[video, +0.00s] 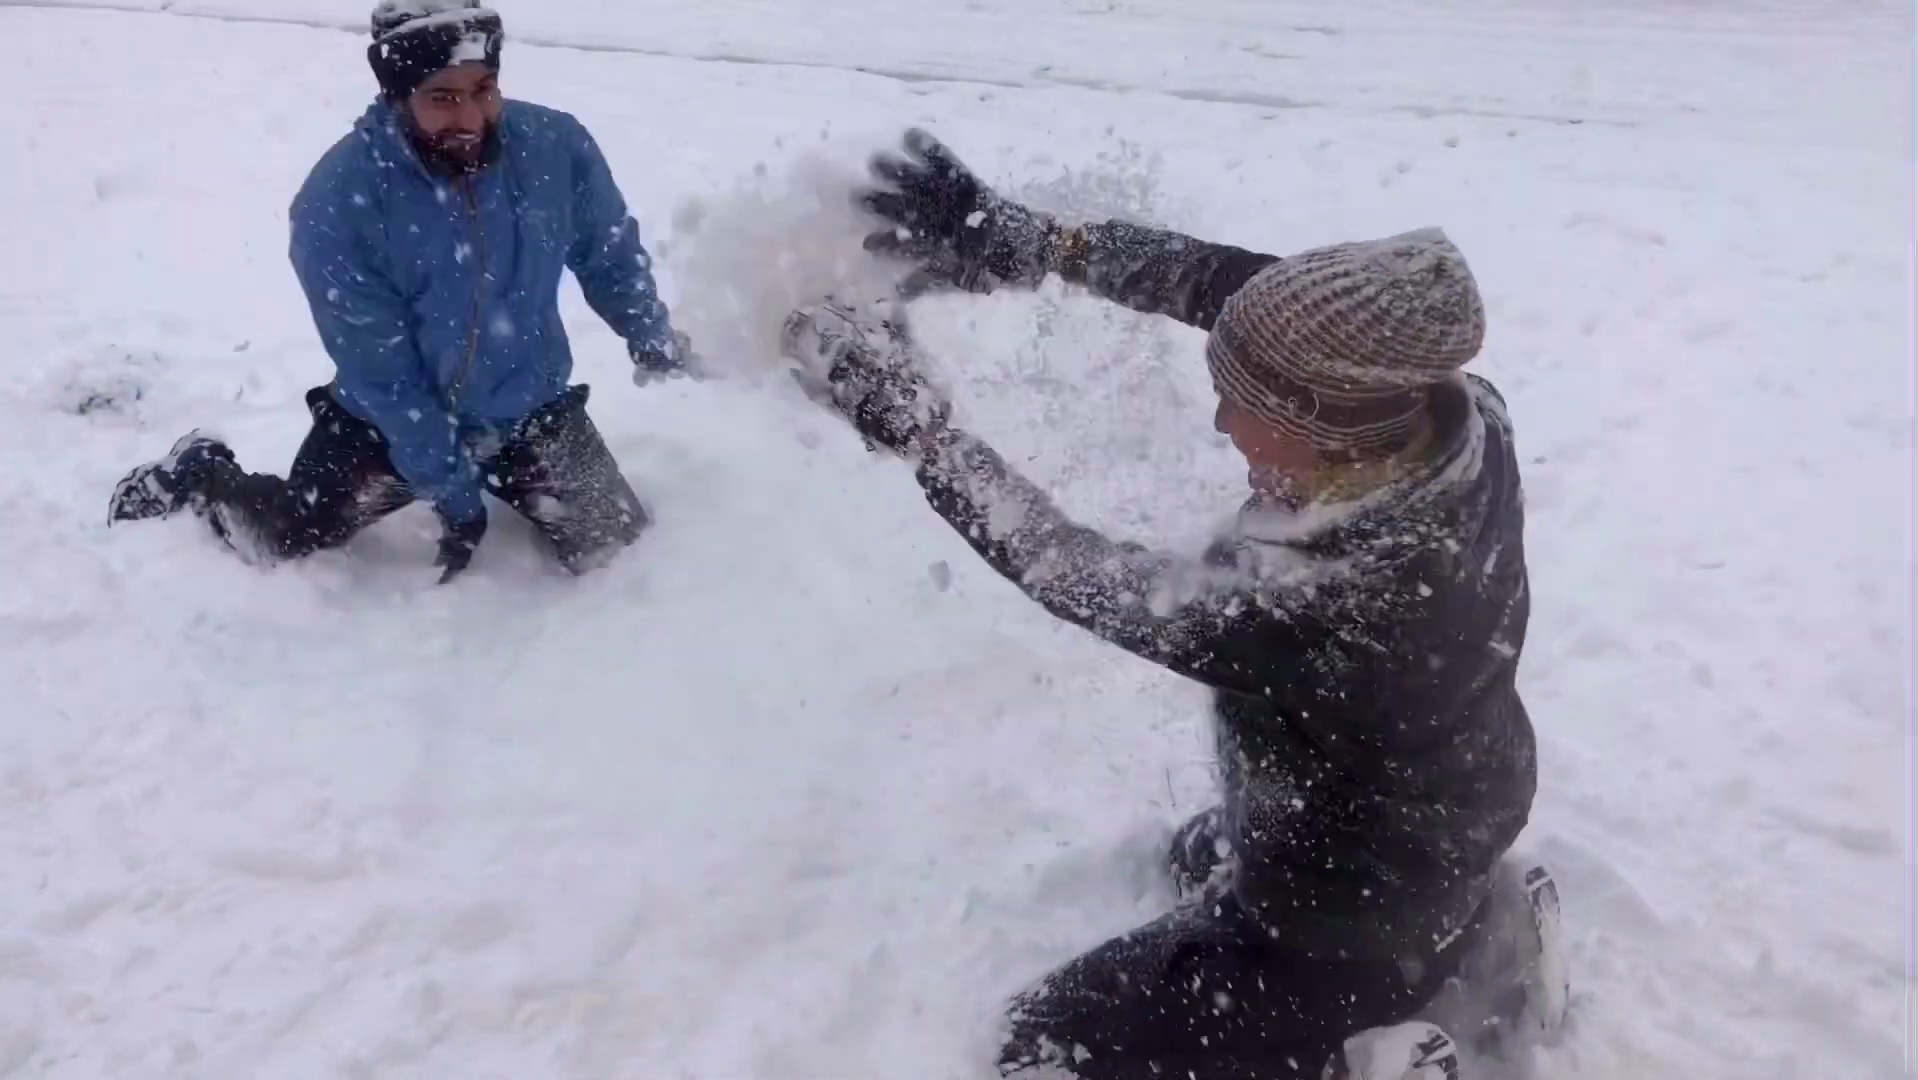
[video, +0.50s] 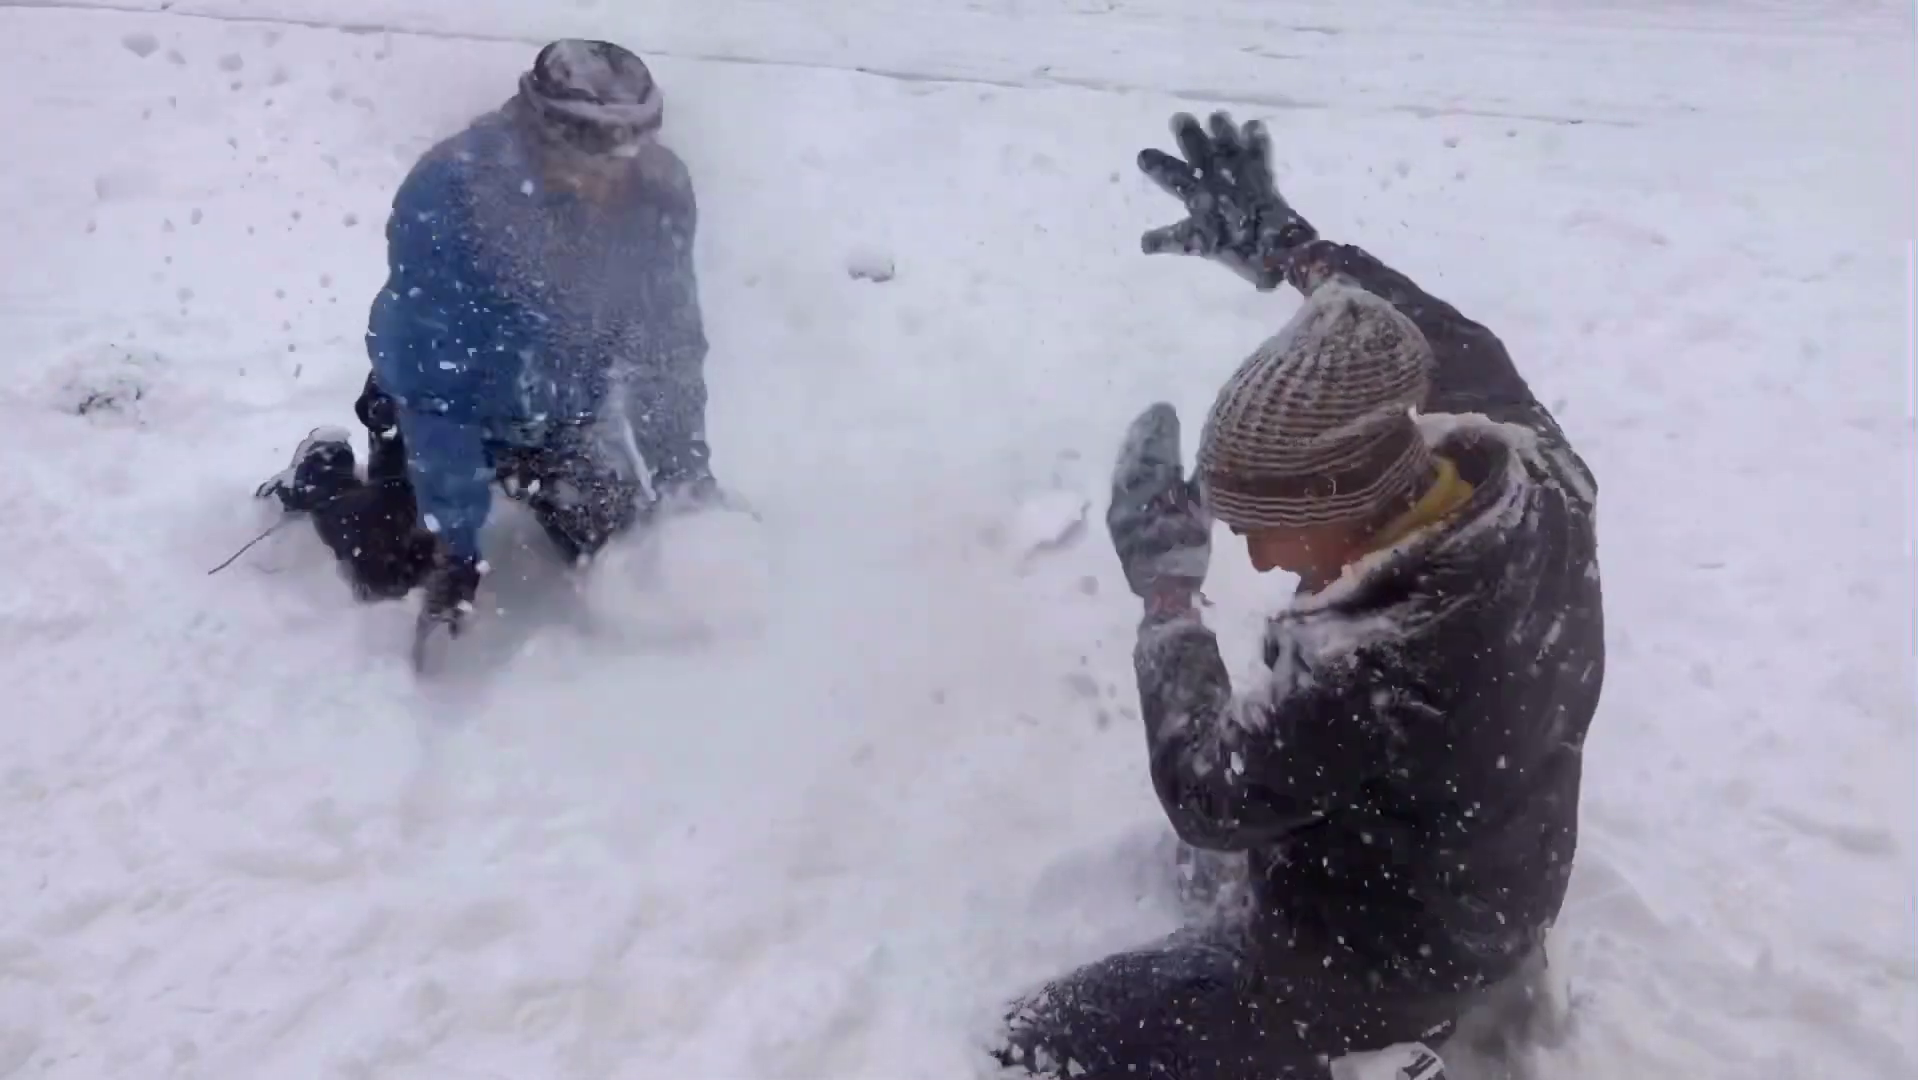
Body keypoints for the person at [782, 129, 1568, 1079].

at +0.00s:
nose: (1229, 428)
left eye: (1252, 418)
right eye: (1235, 404)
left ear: (1342, 436)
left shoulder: (1335, 618)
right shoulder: (1439, 409)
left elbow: (1079, 573)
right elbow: (1224, 289)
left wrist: (916, 422)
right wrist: (1013, 239)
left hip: (1366, 905)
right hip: (1448, 791)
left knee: (1045, 1042)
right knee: (1200, 860)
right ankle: (1445, 905)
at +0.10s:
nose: (1223, 428)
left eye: (1242, 415)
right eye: (1227, 406)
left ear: (1330, 431)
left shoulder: (1334, 592)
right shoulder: (1460, 407)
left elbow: (1142, 576)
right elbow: (1321, 291)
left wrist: (1034, 459)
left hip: (1389, 877)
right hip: (1467, 761)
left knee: (1045, 1043)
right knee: (1205, 855)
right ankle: (1469, 929)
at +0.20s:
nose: (1219, 445)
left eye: (1237, 431)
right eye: (1222, 423)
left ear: (1326, 447)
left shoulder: (1331, 614)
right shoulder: (1487, 422)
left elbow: (1147, 626)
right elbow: (1405, 303)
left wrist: (1135, 475)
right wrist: (1293, 192)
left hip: (1365, 911)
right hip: (1484, 791)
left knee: (1035, 1039)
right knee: (1203, 852)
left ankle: (1330, 1055)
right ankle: (1462, 935)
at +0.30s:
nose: (1221, 463)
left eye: (1238, 445)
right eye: (1223, 440)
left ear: (1317, 458)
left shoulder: (1322, 619)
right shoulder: (1502, 450)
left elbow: (1153, 653)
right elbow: (1441, 327)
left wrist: (1167, 491)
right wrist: (1335, 205)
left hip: (1370, 920)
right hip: (1485, 825)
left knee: (1037, 1041)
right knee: (1206, 849)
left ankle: (1346, 1056)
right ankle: (1477, 947)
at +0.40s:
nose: (1240, 505)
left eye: (1255, 481)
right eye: (1238, 477)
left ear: (1336, 485)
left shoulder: (1345, 638)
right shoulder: (1519, 475)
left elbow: (1172, 719)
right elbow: (1476, 352)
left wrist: (1190, 539)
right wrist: (1344, 220)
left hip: (1371, 940)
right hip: (1488, 846)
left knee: (1034, 1043)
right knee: (1190, 854)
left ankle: (1333, 1057)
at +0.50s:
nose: (1259, 559)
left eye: (1264, 534)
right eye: (1249, 535)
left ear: (1344, 511)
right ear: (1406, 444)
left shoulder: (1380, 678)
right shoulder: (1529, 472)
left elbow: (1207, 797)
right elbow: (1448, 343)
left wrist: (1169, 588)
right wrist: (1288, 246)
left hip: (1398, 961)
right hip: (1502, 872)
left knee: (1038, 1042)